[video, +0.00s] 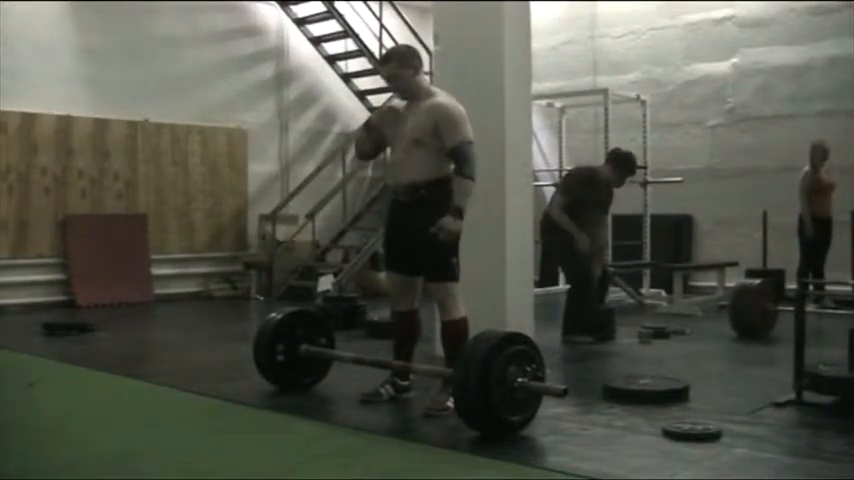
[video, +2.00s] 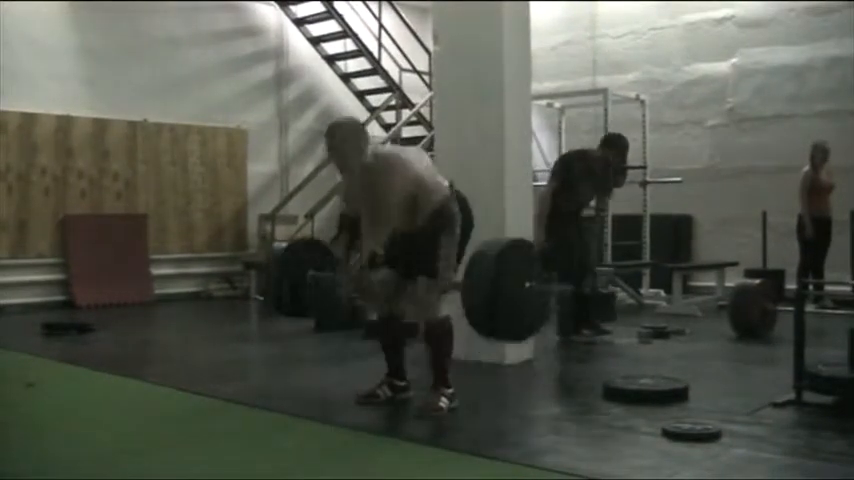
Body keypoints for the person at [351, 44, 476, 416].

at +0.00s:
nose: (391, 85)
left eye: (394, 77)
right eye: (387, 79)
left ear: (415, 70)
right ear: (388, 78)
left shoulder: (444, 109)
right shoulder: (394, 113)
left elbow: (467, 164)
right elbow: (364, 152)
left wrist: (457, 213)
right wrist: (370, 127)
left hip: (437, 200)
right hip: (401, 202)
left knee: (445, 294)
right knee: (402, 293)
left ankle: (454, 387)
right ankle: (400, 380)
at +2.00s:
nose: (332, 158)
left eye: (336, 150)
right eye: (330, 151)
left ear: (357, 146)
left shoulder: (394, 166)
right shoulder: (355, 177)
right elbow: (355, 224)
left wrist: (447, 270)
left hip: (441, 221)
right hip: (404, 230)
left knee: (430, 302)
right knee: (386, 300)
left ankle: (443, 388)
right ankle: (396, 379)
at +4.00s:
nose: (417, 70)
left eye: (426, 66)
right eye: (414, 66)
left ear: (444, 77)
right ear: (410, 76)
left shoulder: (446, 115)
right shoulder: (391, 109)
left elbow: (464, 81)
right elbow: (354, 88)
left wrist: (463, 32)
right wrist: (356, 45)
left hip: (411, 202)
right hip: (372, 201)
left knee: (422, 298)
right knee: (373, 297)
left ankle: (453, 391)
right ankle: (392, 381)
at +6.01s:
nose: (372, 155)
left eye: (372, 147)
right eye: (367, 149)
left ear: (388, 135)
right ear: (372, 144)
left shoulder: (449, 148)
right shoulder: (396, 172)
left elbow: (484, 202)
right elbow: (387, 229)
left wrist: (491, 255)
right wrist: (380, 278)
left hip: (479, 216)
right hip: (443, 221)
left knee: (472, 299)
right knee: (420, 293)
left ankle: (491, 392)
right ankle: (416, 384)